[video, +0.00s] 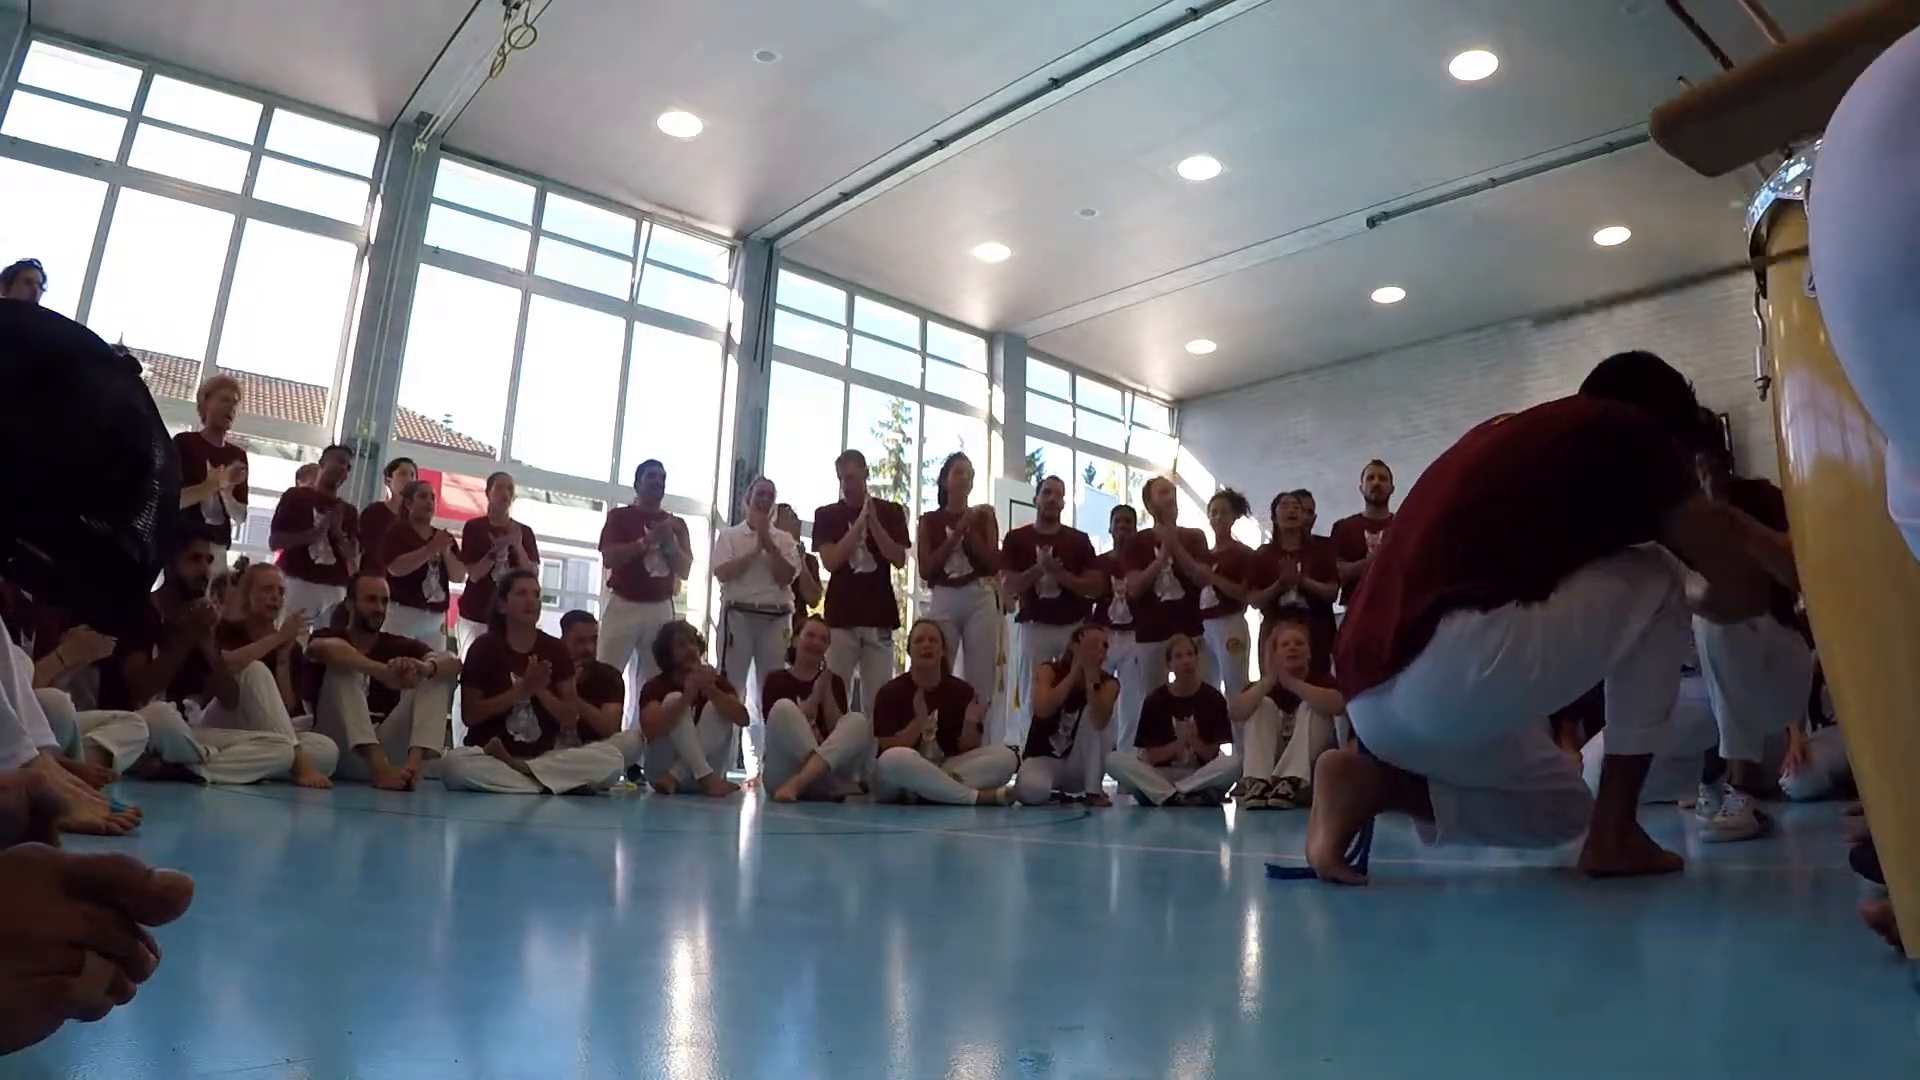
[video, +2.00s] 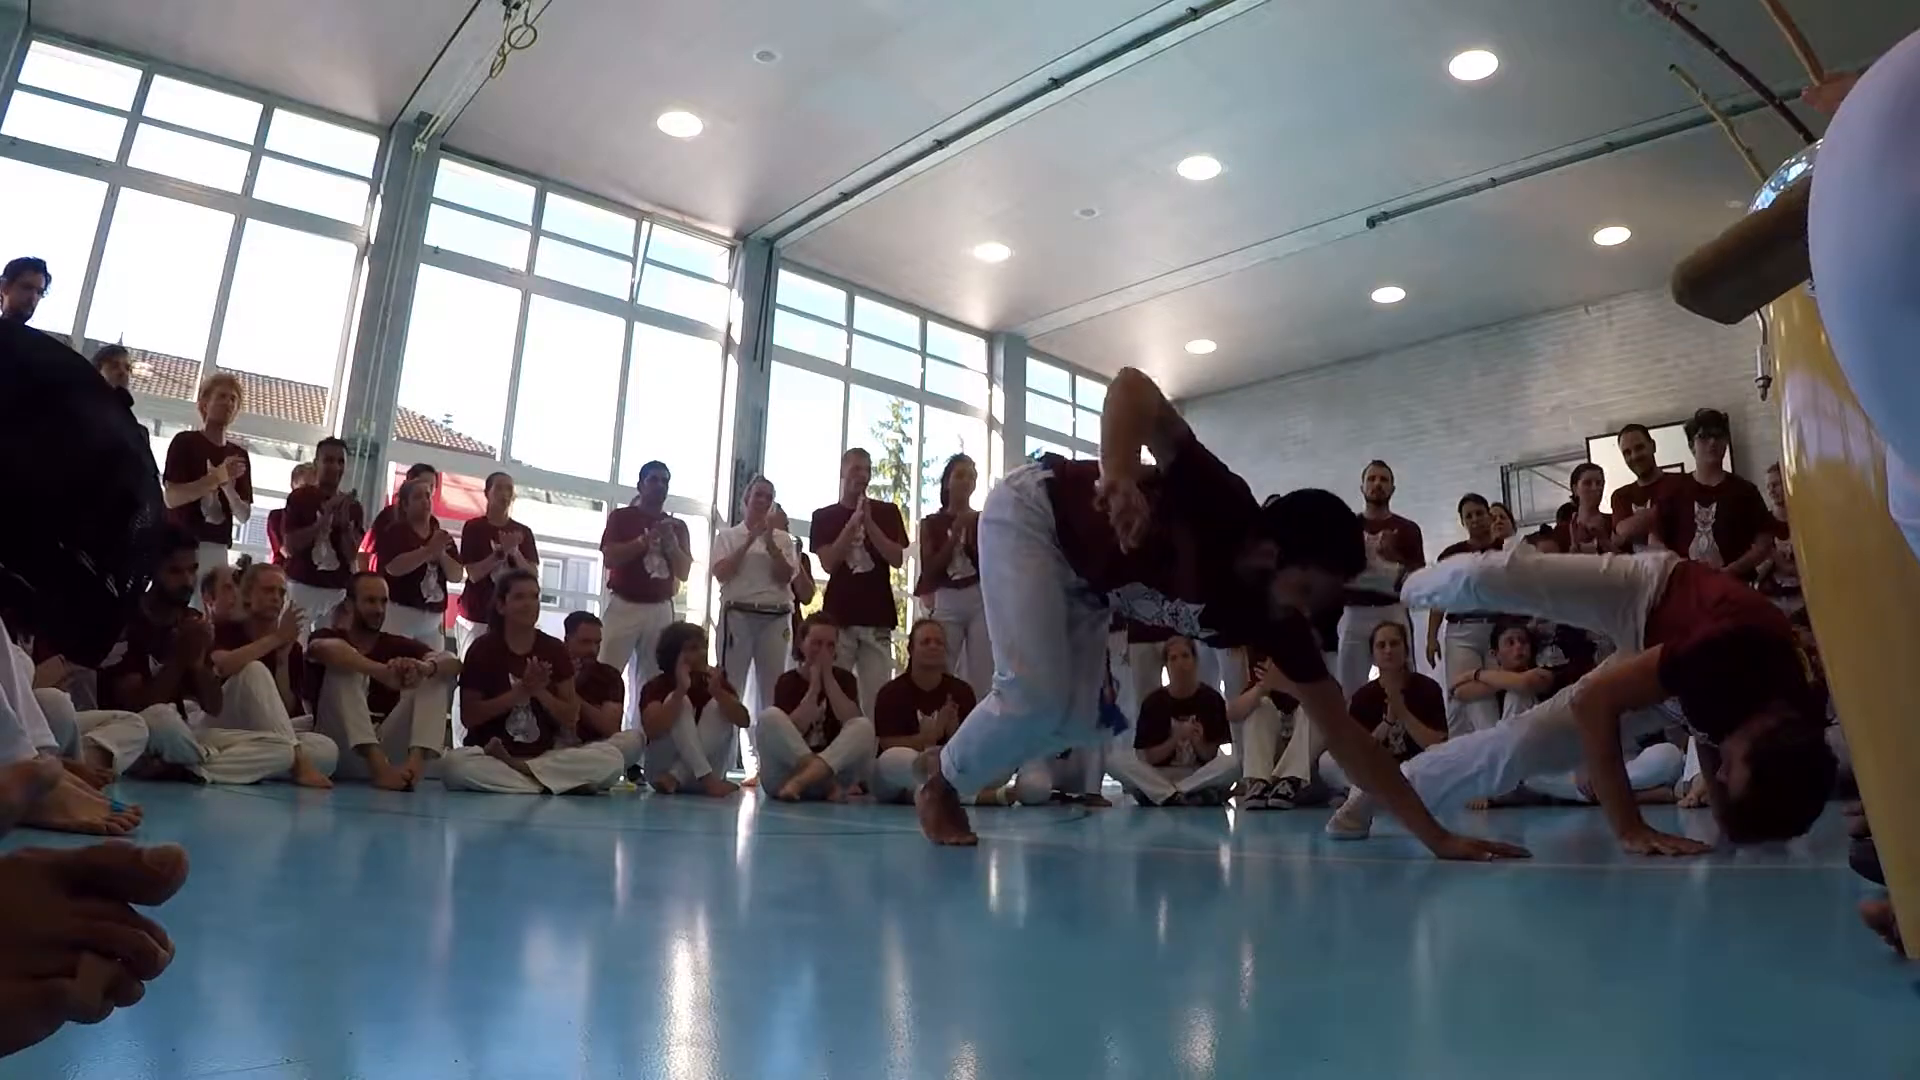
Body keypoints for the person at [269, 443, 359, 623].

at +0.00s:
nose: (344, 469)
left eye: (348, 466)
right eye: (339, 461)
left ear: (348, 474)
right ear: (322, 463)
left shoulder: (349, 511)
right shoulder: (294, 496)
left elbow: (352, 553)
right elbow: (275, 541)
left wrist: (338, 534)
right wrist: (314, 533)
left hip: (334, 588)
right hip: (297, 583)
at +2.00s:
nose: (334, 467)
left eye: (340, 462)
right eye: (328, 460)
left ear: (345, 467)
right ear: (316, 463)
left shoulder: (352, 506)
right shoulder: (299, 498)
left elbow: (351, 554)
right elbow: (292, 544)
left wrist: (345, 526)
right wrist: (321, 523)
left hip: (336, 588)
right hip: (302, 584)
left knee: (329, 654)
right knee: (292, 650)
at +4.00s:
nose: (335, 472)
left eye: (341, 467)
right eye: (329, 465)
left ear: (345, 469)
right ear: (317, 464)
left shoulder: (350, 505)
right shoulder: (297, 498)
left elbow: (352, 554)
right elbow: (294, 546)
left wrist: (346, 525)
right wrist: (322, 529)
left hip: (337, 588)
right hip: (302, 585)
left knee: (331, 654)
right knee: (293, 651)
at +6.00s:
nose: (344, 477)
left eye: (350, 472)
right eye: (339, 469)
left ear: (354, 474)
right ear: (326, 465)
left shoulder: (356, 512)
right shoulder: (299, 497)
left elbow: (357, 558)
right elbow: (278, 545)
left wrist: (357, 552)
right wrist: (303, 528)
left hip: (334, 593)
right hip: (298, 588)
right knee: (288, 655)